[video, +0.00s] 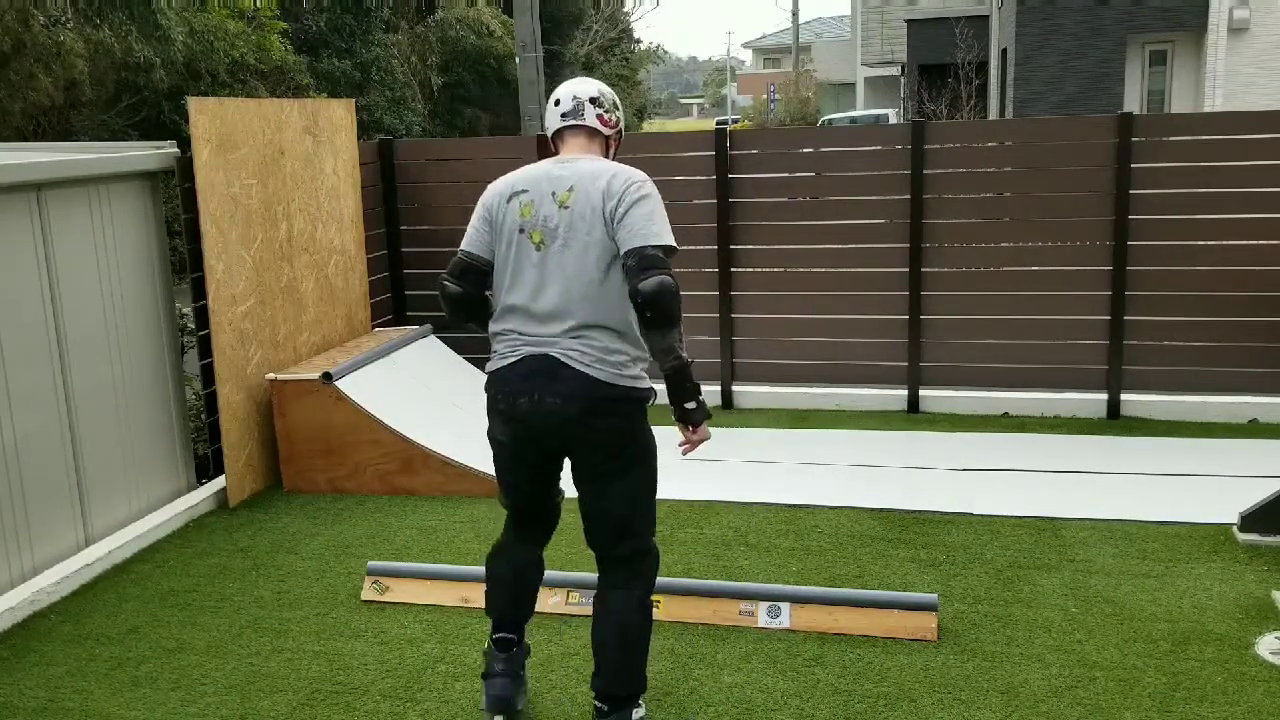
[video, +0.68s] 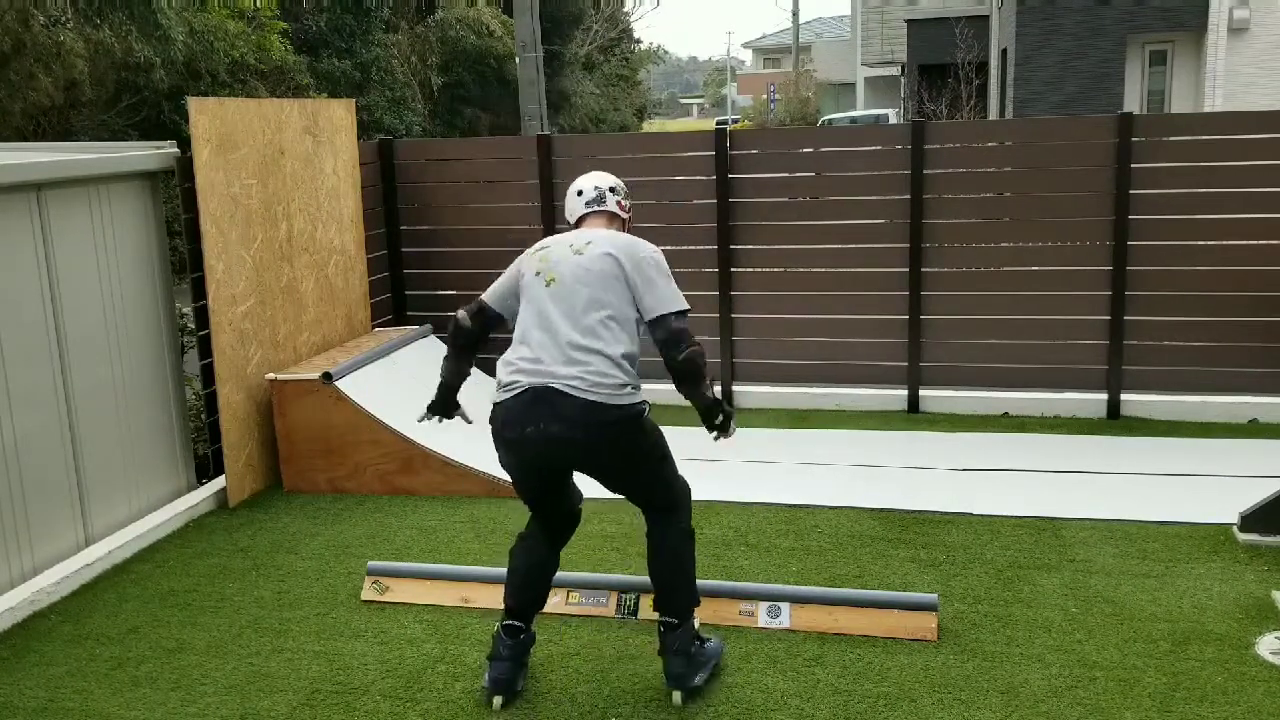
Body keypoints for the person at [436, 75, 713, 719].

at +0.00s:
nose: (616, 139)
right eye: (615, 130)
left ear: (549, 134)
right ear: (610, 129)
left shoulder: (502, 190)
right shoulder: (626, 184)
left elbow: (461, 294)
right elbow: (655, 292)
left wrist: (516, 340)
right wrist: (683, 387)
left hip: (514, 387)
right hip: (605, 390)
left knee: (525, 519)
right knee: (625, 554)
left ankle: (503, 668)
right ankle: (617, 705)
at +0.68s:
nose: (630, 218)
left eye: (625, 210)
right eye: (628, 211)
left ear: (570, 219)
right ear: (621, 212)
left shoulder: (536, 254)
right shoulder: (637, 251)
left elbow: (467, 322)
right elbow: (677, 346)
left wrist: (447, 389)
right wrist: (707, 403)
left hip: (517, 413)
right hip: (602, 412)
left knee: (552, 516)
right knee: (668, 505)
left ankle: (507, 656)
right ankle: (680, 651)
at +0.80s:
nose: (533, 179)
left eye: (527, 171)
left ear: (532, 167)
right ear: (585, 154)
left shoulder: (524, 204)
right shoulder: (635, 196)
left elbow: (470, 247)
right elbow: (700, 252)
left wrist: (399, 309)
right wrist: (702, 245)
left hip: (554, 381)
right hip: (639, 376)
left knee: (550, 514)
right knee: (671, 506)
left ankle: (512, 651)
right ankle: (680, 649)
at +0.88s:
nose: (508, 148)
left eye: (506, 139)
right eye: (507, 141)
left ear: (515, 131)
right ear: (565, 114)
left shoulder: (533, 157)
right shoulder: (626, 146)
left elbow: (496, 195)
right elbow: (693, 170)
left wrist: (407, 238)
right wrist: (685, 160)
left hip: (579, 338)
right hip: (655, 332)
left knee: (552, 486)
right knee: (651, 470)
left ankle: (535, 633)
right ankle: (682, 614)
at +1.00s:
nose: (502, 130)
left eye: (500, 121)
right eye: (496, 124)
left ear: (518, 109)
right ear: (546, 92)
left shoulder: (559, 131)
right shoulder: (611, 107)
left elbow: (500, 139)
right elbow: (660, 91)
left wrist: (412, 141)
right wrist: (653, 83)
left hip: (637, 301)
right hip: (632, 295)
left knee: (570, 439)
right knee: (565, 409)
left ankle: (673, 549)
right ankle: (646, 534)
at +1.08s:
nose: (513, 144)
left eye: (511, 134)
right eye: (505, 138)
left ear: (530, 118)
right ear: (548, 110)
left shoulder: (590, 134)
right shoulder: (583, 120)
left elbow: (556, 152)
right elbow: (621, 116)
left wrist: (450, 153)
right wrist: (629, 113)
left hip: (663, 302)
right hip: (606, 306)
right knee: (562, 415)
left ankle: (724, 534)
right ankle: (598, 525)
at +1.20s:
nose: (521, 221)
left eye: (521, 211)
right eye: (515, 214)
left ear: (543, 193)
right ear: (543, 191)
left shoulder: (615, 191)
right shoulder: (551, 209)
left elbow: (637, 261)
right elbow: (543, 241)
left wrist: (542, 285)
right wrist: (523, 266)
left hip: (684, 322)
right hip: (610, 323)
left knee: (701, 446)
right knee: (570, 437)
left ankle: (734, 554)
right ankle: (562, 546)